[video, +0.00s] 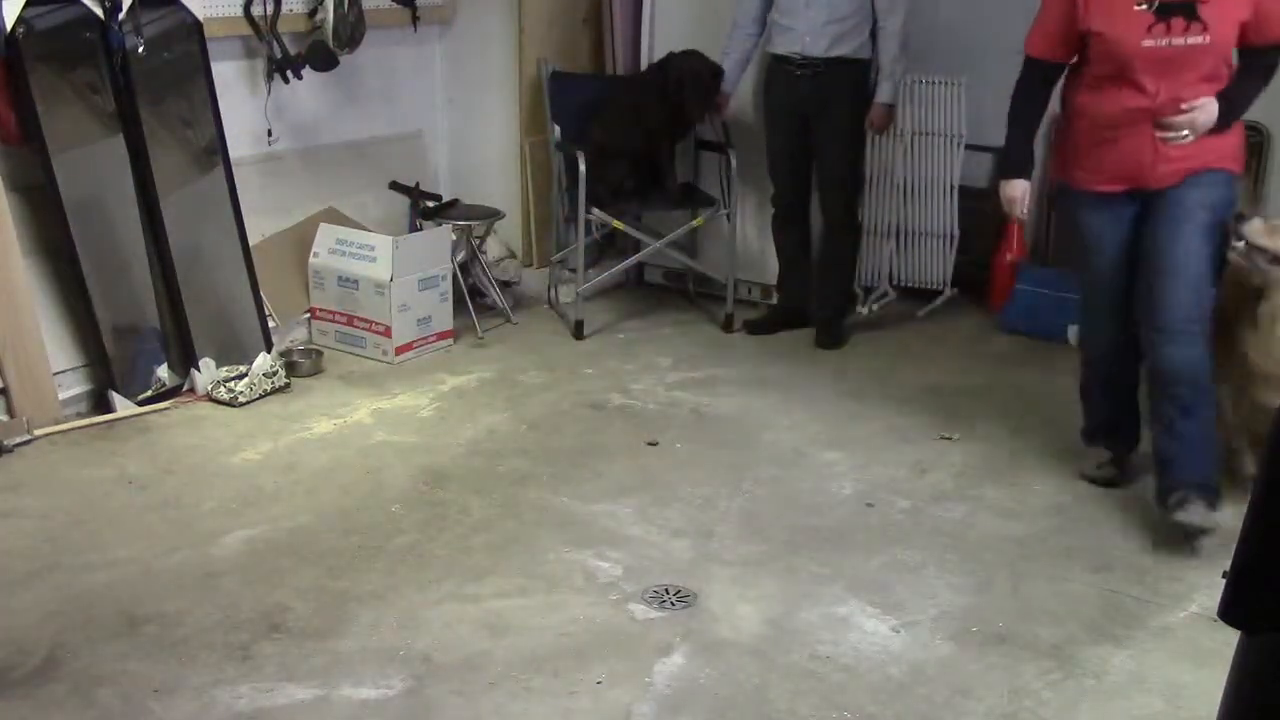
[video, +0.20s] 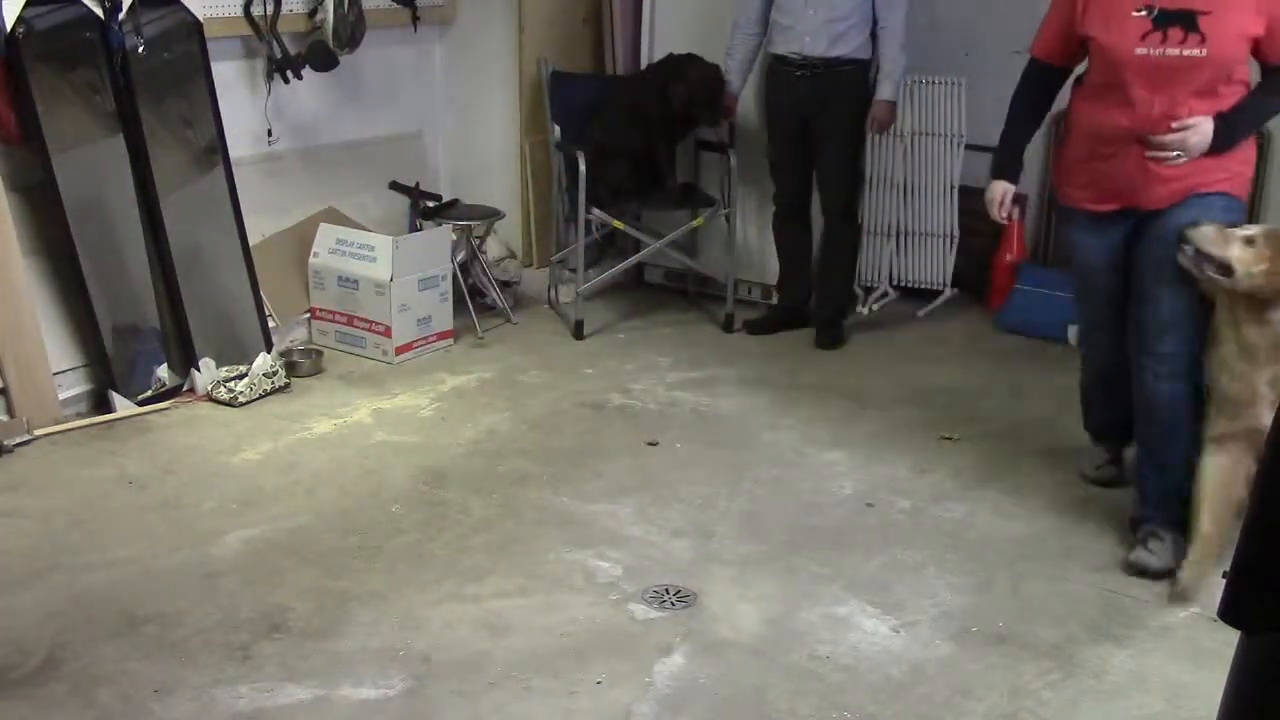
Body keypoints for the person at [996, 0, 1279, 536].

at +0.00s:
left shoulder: (1244, 3)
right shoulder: (1076, 3)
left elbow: (1265, 49)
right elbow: (1041, 65)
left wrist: (1224, 106)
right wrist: (1015, 163)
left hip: (1195, 158)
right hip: (1100, 163)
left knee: (1178, 321)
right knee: (1105, 320)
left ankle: (1188, 486)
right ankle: (1113, 443)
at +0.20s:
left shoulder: (1254, 6)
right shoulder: (1085, 3)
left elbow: (1275, 79)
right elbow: (1045, 68)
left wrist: (1222, 129)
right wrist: (1005, 167)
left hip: (1195, 182)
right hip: (1097, 181)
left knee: (1165, 355)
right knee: (1100, 332)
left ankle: (1162, 520)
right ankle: (1110, 439)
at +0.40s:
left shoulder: (1248, 6)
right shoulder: (1076, 3)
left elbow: (1275, 77)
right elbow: (1049, 62)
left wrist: (1197, 130)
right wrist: (1007, 161)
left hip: (1186, 201)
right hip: (1074, 186)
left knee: (1159, 370)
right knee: (1034, 334)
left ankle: (1162, 526)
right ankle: (1082, 469)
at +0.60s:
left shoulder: (1200, 5)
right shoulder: (1035, 5)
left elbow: (1243, 92)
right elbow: (1023, 80)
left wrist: (1129, 154)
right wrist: (994, 179)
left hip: (1144, 225)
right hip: (1029, 212)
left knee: (1146, 405)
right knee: (995, 385)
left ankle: (1165, 561)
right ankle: (982, 563)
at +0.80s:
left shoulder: (1112, 6)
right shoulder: (965, 8)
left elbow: (1147, 93)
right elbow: (958, 98)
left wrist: (1025, 153)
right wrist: (916, 188)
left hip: (1059, 227)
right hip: (963, 217)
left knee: (1044, 402)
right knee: (960, 401)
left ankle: (1058, 563)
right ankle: (973, 565)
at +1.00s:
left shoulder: (1012, 4)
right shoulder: (884, 10)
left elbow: (1053, 89)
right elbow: (879, 106)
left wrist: (930, 150)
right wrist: (835, 188)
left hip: (981, 225)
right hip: (910, 221)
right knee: (948, 406)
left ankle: (839, 610)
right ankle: (979, 572)